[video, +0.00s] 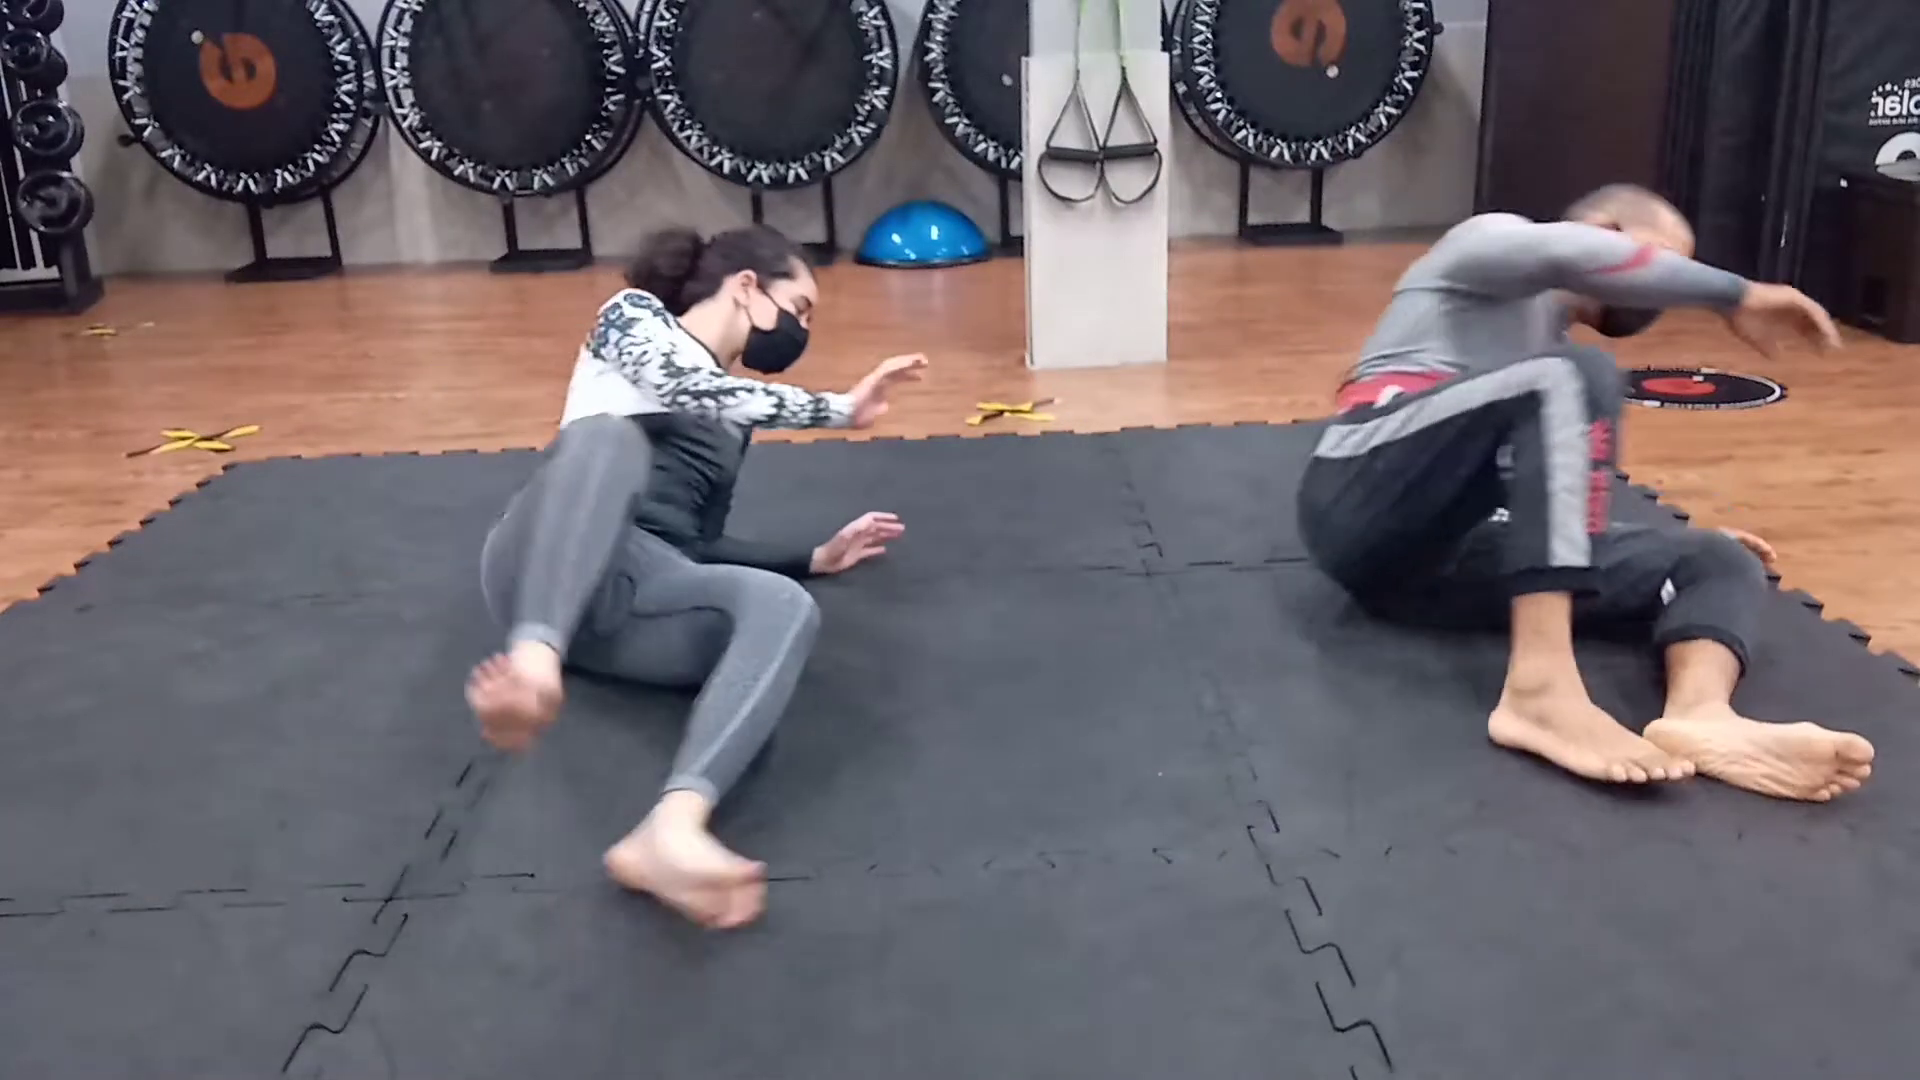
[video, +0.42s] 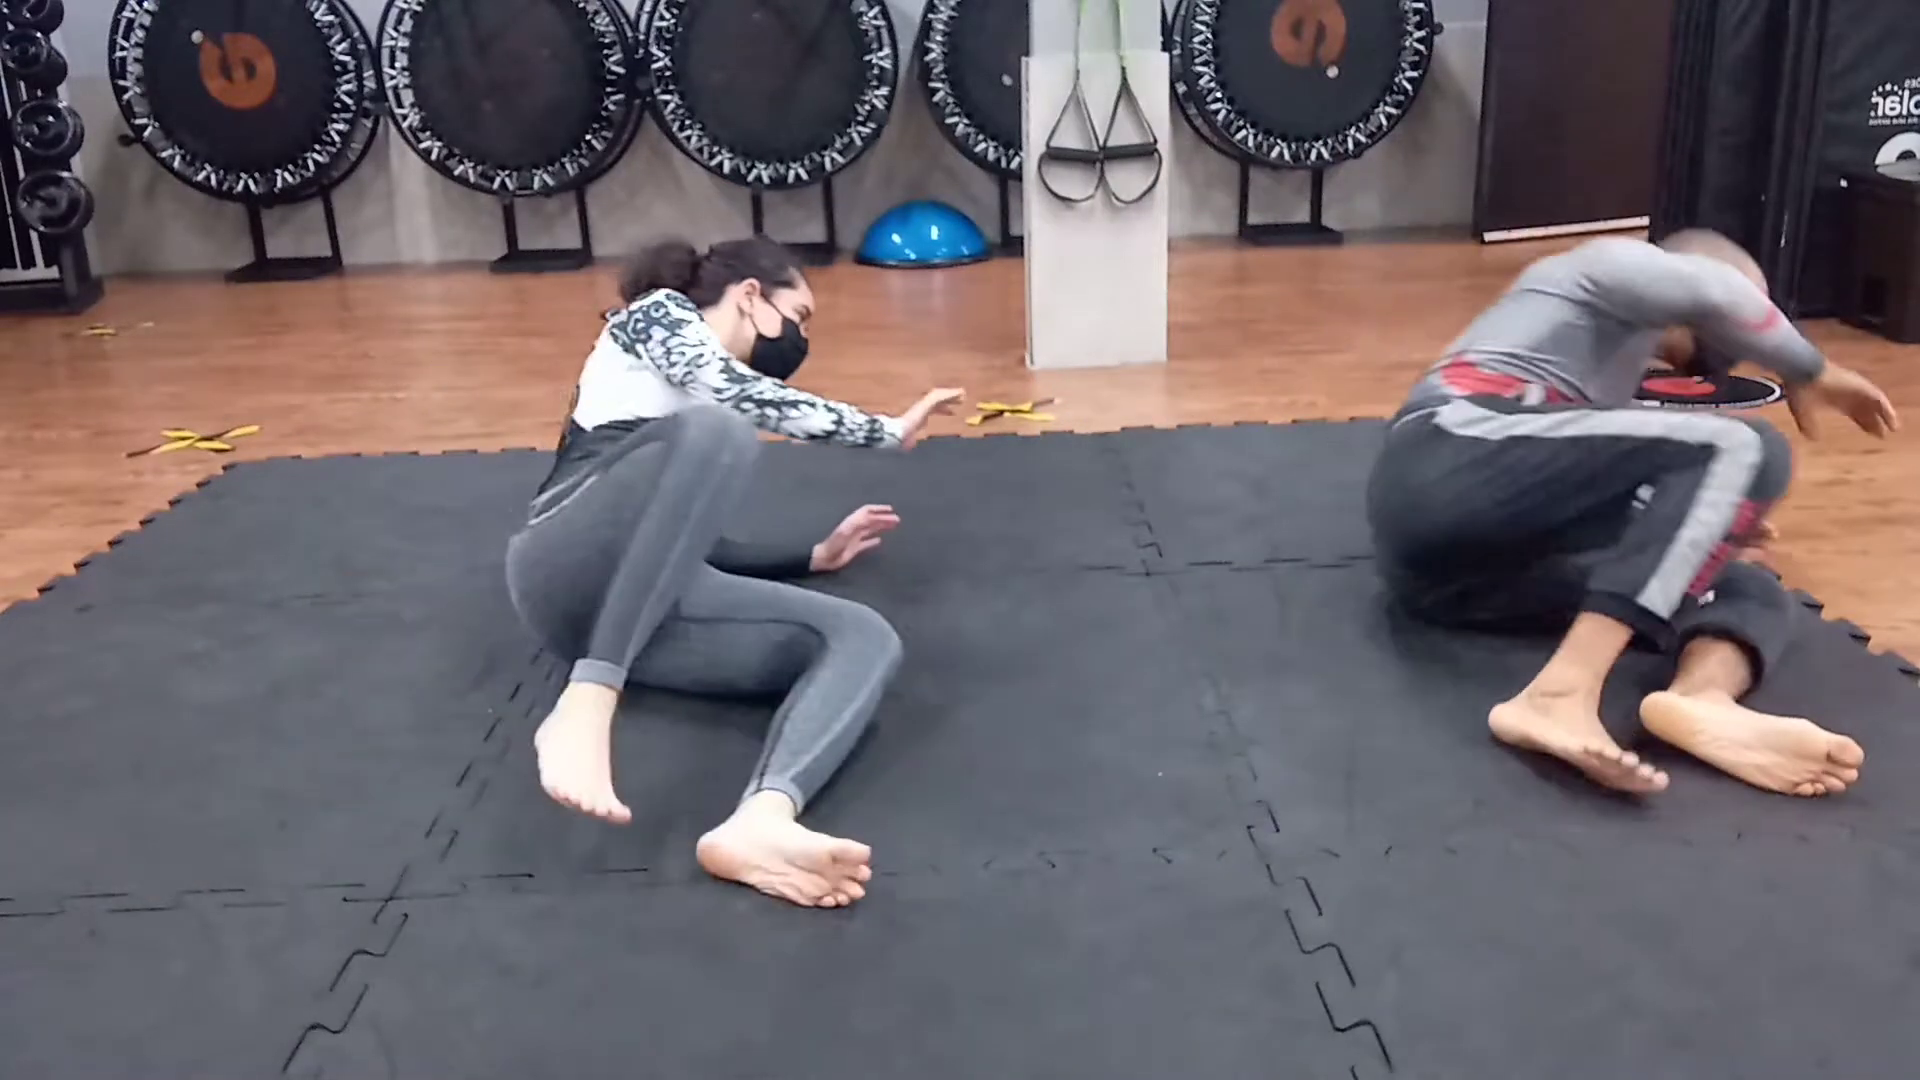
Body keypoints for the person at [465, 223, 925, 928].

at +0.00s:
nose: (804, 332)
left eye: (809, 319)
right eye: (800, 310)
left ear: (745, 296)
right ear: (744, 288)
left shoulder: (731, 418)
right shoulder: (631, 317)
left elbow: (690, 546)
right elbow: (696, 387)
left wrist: (815, 561)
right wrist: (840, 410)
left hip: (651, 600)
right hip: (559, 562)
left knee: (785, 603)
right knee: (608, 435)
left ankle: (672, 828)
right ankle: (533, 667)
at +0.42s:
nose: (797, 341)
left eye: (802, 330)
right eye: (796, 321)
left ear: (746, 304)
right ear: (747, 295)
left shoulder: (731, 401)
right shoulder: (656, 315)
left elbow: (678, 548)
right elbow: (731, 390)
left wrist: (812, 558)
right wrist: (887, 431)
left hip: (644, 605)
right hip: (563, 565)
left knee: (865, 635)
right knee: (716, 429)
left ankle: (763, 815)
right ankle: (588, 700)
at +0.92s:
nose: (808, 371)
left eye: (815, 359)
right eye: (808, 350)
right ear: (772, 313)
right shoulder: (720, 307)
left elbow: (659, 523)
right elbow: (819, 400)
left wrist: (814, 550)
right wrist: (947, 463)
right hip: (555, 522)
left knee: (857, 629)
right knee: (781, 520)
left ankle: (748, 781)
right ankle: (526, 715)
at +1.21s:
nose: (792, 433)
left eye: (798, 424)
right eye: (801, 415)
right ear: (793, 365)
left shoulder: (674, 418)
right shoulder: (743, 340)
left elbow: (673, 549)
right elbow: (863, 434)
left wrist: (809, 545)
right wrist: (970, 501)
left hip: (487, 603)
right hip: (476, 484)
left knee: (741, 632)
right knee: (712, 532)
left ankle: (708, 790)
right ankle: (476, 751)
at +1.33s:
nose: (806, 432)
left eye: (817, 417)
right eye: (814, 410)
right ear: (792, 375)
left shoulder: (673, 451)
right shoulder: (729, 355)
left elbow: (679, 554)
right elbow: (848, 453)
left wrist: (805, 546)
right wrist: (961, 510)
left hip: (491, 612)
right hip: (434, 504)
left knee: (703, 636)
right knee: (632, 510)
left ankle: (698, 803)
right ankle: (460, 779)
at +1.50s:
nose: (783, 430)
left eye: (795, 420)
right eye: (788, 410)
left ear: (750, 377)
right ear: (755, 363)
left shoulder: (663, 424)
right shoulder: (672, 354)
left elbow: (692, 556)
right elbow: (783, 464)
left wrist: (806, 543)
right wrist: (914, 514)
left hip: (465, 622)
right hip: (389, 545)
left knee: (670, 620)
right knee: (554, 480)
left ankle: (689, 796)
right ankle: (452, 779)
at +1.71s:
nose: (745, 397)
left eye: (755, 389)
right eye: (751, 376)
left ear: (711, 359)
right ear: (712, 338)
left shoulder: (659, 425)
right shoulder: (611, 329)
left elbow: (692, 550)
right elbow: (691, 433)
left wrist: (806, 543)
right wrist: (834, 501)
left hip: (480, 605)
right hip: (373, 555)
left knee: (657, 619)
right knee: (485, 463)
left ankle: (684, 795)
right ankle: (435, 770)